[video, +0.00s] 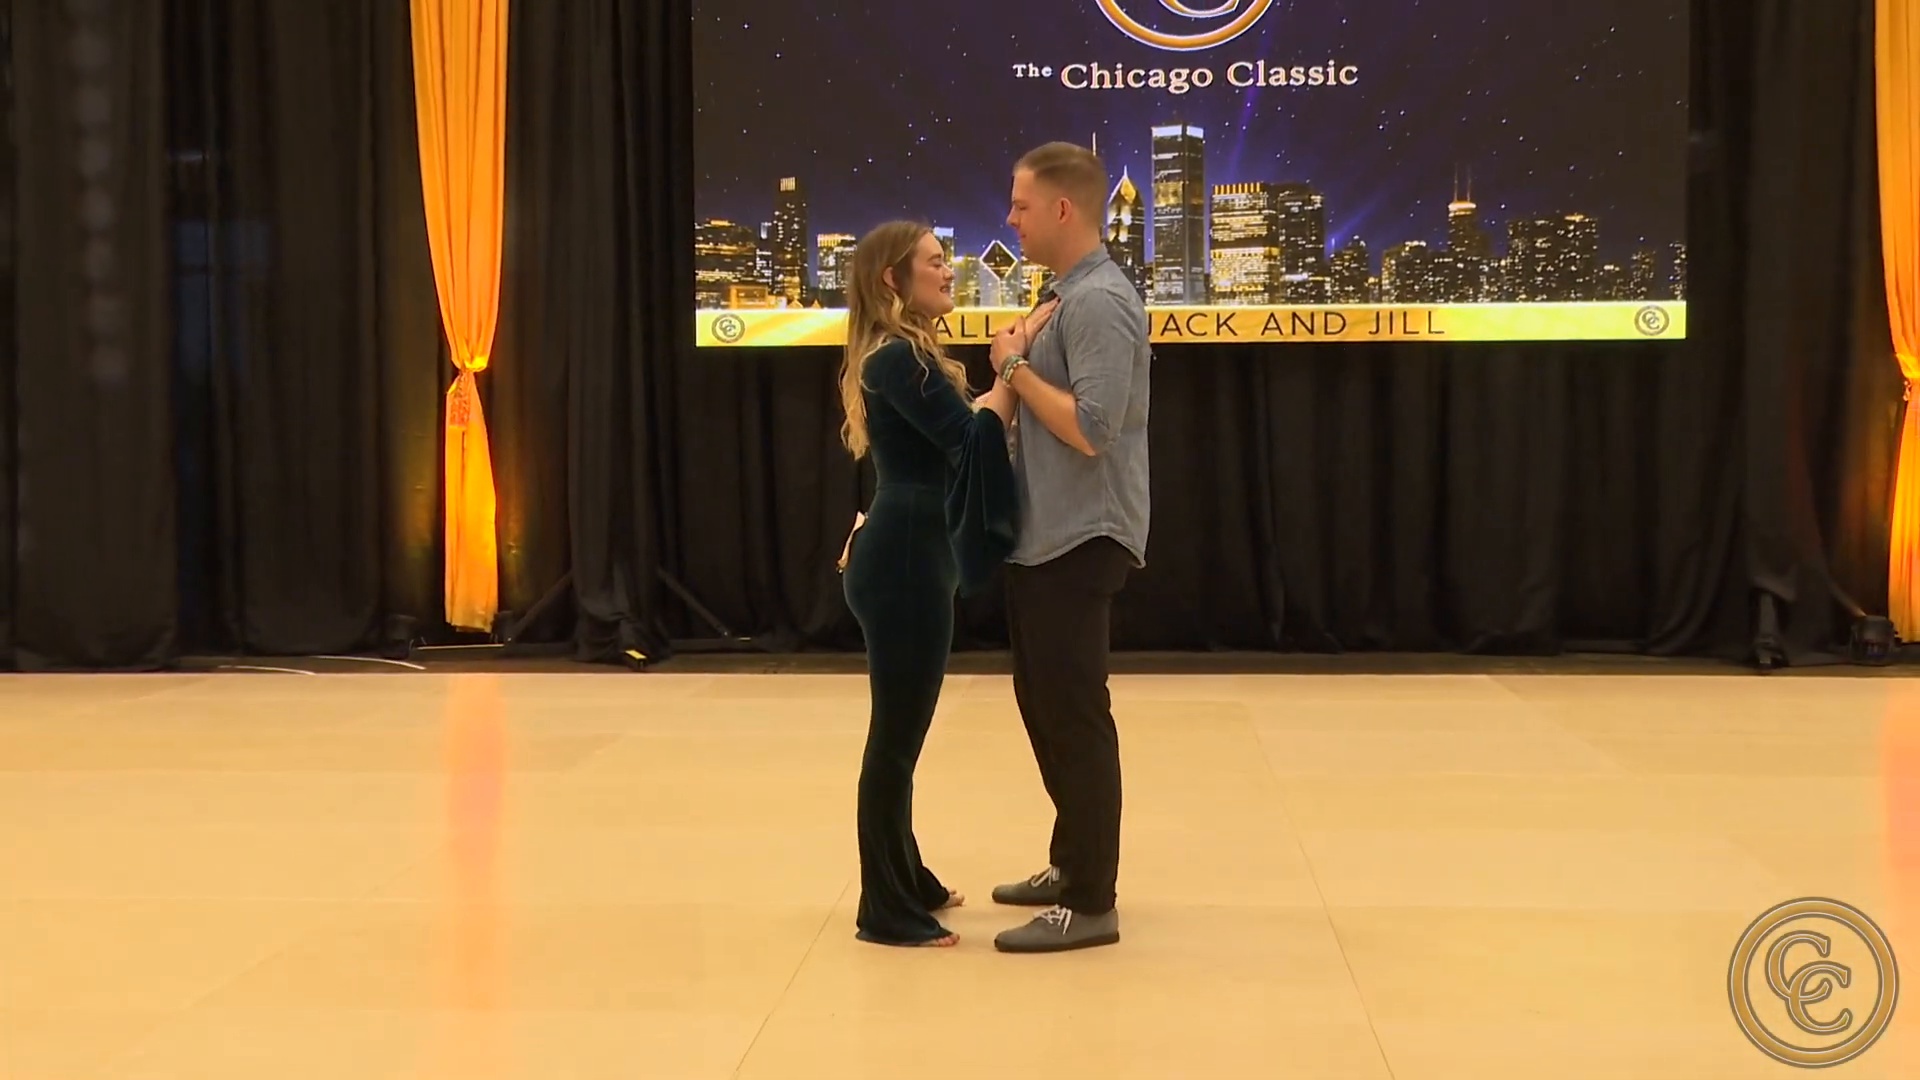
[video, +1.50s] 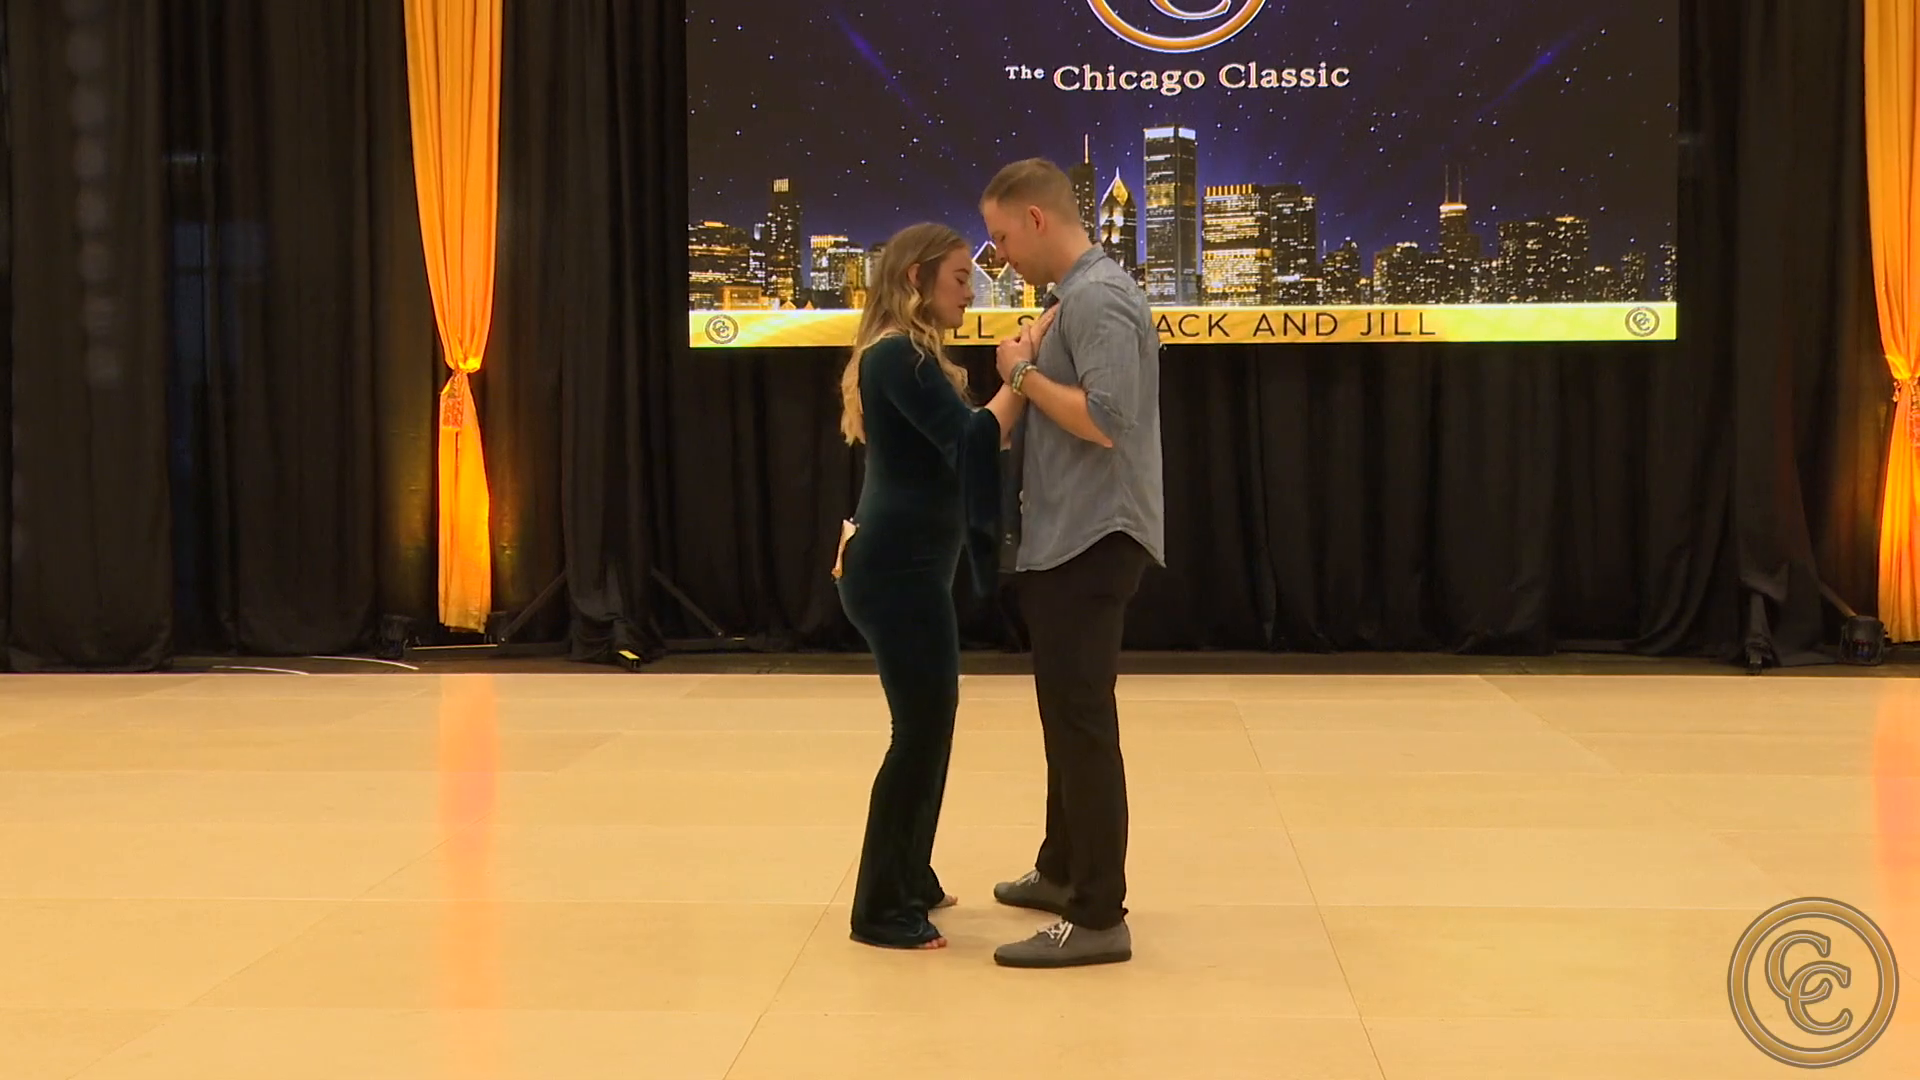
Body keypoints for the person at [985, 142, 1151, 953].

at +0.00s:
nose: (1012, 222)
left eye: (1021, 207)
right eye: (1013, 207)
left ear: (1065, 210)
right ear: (1065, 210)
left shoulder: (1100, 300)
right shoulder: (1065, 300)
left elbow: (1091, 431)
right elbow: (1035, 413)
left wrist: (1016, 368)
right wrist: (1018, 363)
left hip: (1082, 536)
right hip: (1047, 535)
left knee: (1076, 709)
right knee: (1045, 703)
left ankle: (1092, 905)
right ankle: (1075, 870)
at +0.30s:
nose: (1008, 234)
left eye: (1016, 219)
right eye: (1008, 219)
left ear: (1063, 220)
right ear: (1058, 221)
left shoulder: (1101, 309)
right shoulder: (1052, 303)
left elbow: (1101, 441)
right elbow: (1020, 408)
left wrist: (1019, 372)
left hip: (1077, 537)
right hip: (1044, 533)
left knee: (1053, 702)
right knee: (1041, 698)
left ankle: (1087, 897)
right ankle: (1073, 868)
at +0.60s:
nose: (999, 246)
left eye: (1006, 231)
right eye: (996, 232)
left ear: (1053, 223)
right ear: (1046, 227)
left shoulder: (1101, 313)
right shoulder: (1036, 308)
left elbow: (1109, 443)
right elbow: (993, 406)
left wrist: (1022, 379)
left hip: (1080, 536)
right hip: (1044, 532)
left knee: (1043, 701)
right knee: (1062, 698)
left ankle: (1070, 887)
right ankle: (1079, 865)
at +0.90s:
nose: (993, 256)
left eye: (998, 241)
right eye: (988, 243)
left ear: (1044, 226)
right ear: (1033, 231)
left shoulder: (1098, 312)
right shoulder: (1027, 306)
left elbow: (1110, 445)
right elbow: (979, 404)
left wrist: (1021, 383)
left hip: (1081, 537)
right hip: (1037, 532)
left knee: (1063, 704)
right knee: (1050, 702)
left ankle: (1071, 887)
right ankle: (1074, 863)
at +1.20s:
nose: (993, 257)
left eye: (995, 241)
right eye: (988, 244)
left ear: (1037, 225)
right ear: (1037, 226)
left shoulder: (1100, 308)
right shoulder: (1052, 308)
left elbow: (1108, 444)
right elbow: (1035, 424)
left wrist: (1022, 382)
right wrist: (1014, 389)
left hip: (1085, 535)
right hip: (1050, 531)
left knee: (1061, 699)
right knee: (1052, 698)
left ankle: (1091, 898)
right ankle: (1073, 869)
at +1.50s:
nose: (999, 255)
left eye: (1000, 238)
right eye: (994, 241)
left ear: (1036, 221)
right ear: (1043, 219)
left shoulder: (1099, 297)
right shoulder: (1073, 300)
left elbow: (1105, 420)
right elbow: (1051, 422)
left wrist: (1026, 371)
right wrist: (1025, 375)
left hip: (1093, 540)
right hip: (1065, 538)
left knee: (1085, 727)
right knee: (1064, 720)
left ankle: (1099, 920)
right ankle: (1065, 878)